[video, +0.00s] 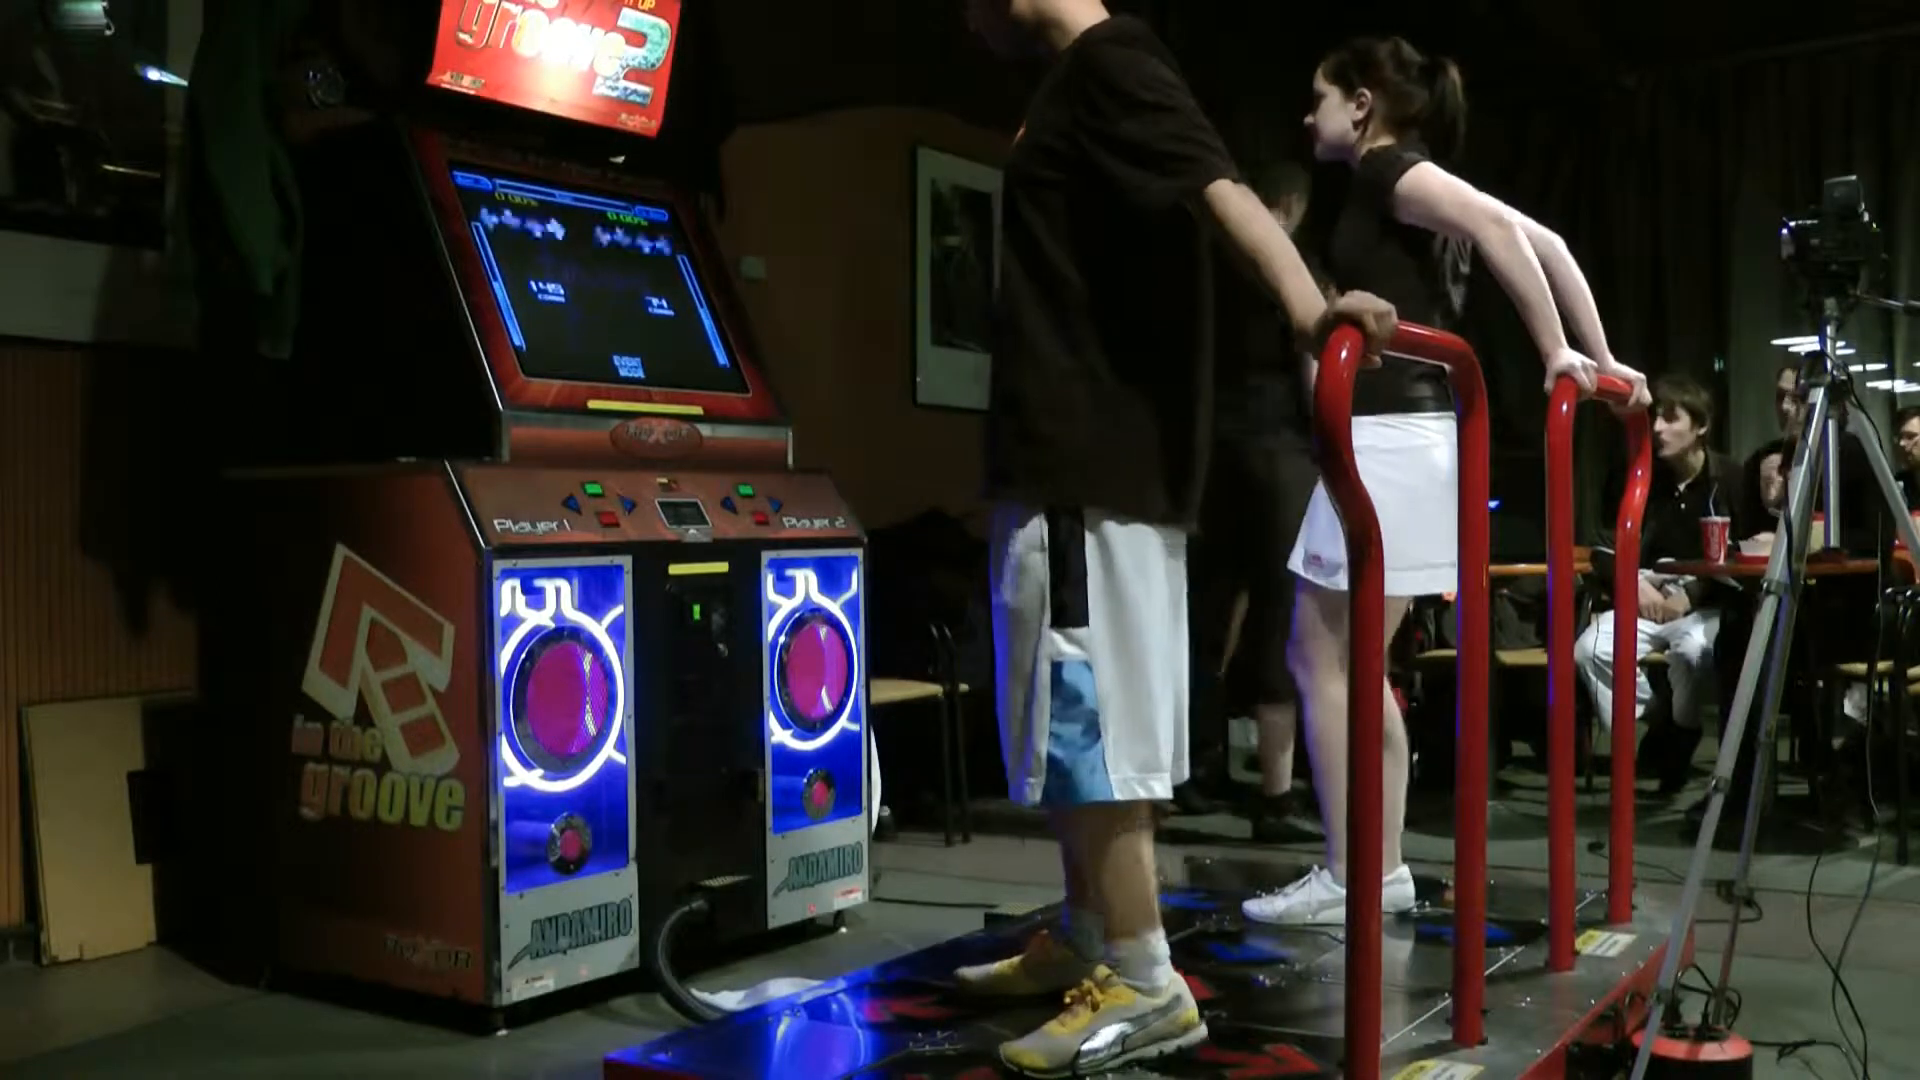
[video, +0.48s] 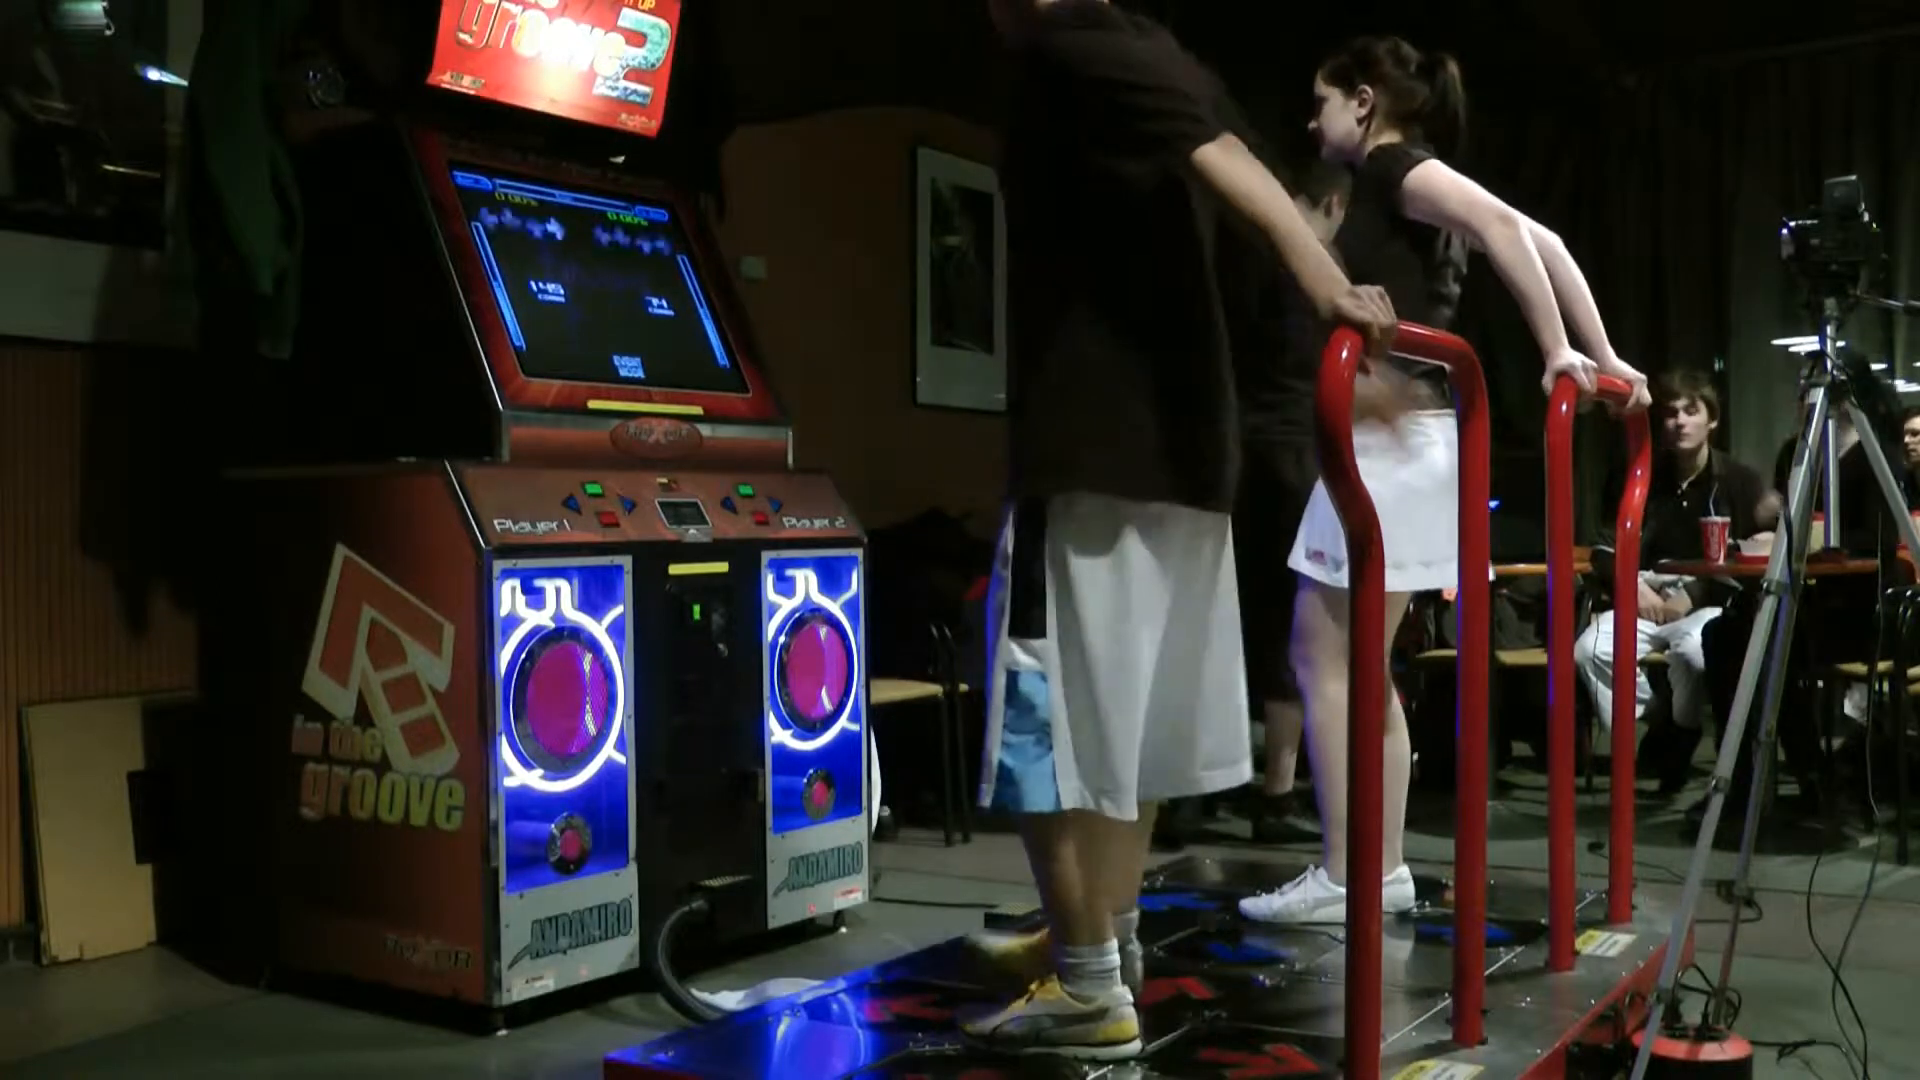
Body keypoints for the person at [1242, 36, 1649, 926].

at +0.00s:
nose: (1309, 118)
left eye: (1320, 102)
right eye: (1313, 103)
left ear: (1365, 105)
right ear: (1384, 108)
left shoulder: (1381, 172)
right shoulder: (1411, 177)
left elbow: (1501, 230)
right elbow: (1547, 244)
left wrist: (1558, 353)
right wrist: (1603, 357)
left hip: (1378, 448)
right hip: (1419, 448)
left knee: (1322, 659)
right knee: (1365, 669)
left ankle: (1344, 875)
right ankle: (1385, 874)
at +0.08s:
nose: (1312, 118)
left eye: (1322, 102)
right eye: (1314, 103)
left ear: (1368, 104)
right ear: (1388, 107)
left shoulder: (1385, 171)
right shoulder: (1414, 177)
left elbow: (1501, 229)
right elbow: (1550, 246)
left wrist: (1558, 353)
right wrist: (1602, 357)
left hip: (1381, 450)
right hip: (1425, 450)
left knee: (1319, 659)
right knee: (1375, 672)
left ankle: (1344, 874)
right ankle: (1385, 875)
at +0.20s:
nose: (1316, 116)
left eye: (1326, 99)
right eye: (1318, 101)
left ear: (1370, 101)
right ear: (1391, 105)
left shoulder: (1388, 169)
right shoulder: (1418, 174)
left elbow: (1504, 229)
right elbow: (1546, 247)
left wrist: (1557, 353)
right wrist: (1602, 357)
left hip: (1384, 445)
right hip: (1429, 446)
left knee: (1313, 655)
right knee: (1382, 675)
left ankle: (1340, 868)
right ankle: (1387, 874)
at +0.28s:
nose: (1316, 116)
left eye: (1326, 99)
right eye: (1318, 101)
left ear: (1371, 100)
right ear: (1389, 103)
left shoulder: (1392, 169)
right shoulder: (1419, 174)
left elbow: (1505, 230)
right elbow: (1547, 249)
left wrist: (1557, 351)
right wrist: (1603, 357)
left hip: (1384, 446)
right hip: (1429, 447)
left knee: (1309, 654)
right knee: (1385, 678)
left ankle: (1339, 863)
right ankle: (1387, 873)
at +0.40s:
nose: (1317, 121)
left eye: (1326, 104)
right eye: (1317, 106)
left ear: (1369, 102)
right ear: (1393, 106)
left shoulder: (1388, 169)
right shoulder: (1419, 177)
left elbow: (1504, 229)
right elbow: (1547, 249)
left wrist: (1557, 351)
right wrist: (1603, 357)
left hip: (1381, 447)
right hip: (1426, 448)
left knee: (1321, 662)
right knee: (1376, 674)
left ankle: (1340, 875)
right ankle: (1387, 875)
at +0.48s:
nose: (1317, 121)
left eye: (1325, 104)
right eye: (1317, 106)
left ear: (1368, 101)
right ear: (1391, 106)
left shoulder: (1388, 168)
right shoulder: (1416, 175)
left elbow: (1506, 230)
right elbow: (1546, 244)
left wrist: (1558, 351)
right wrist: (1605, 356)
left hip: (1376, 451)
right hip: (1411, 452)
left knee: (1323, 662)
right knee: (1367, 671)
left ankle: (1341, 875)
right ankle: (1385, 874)